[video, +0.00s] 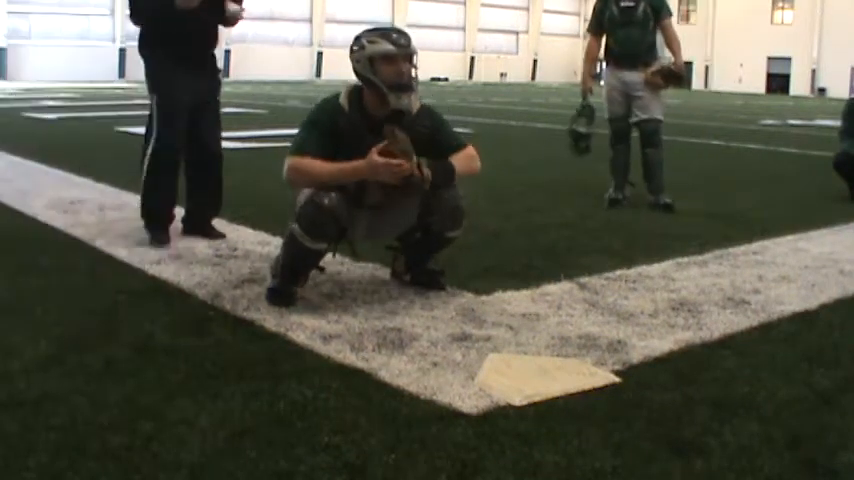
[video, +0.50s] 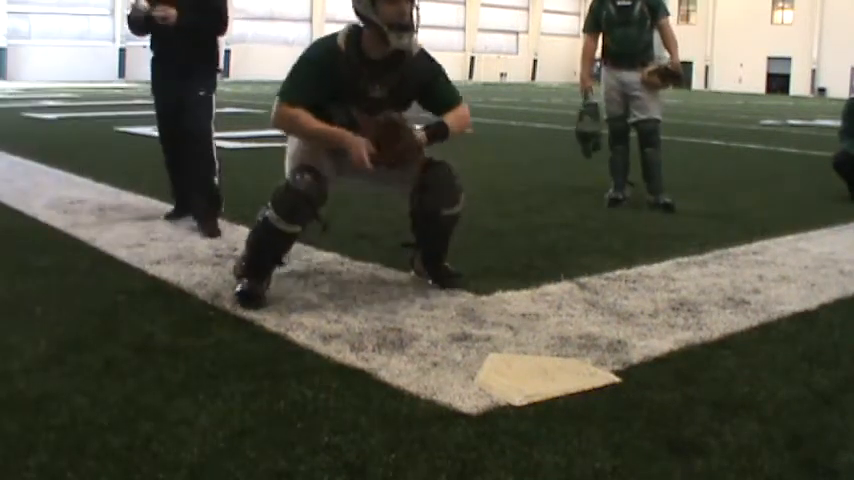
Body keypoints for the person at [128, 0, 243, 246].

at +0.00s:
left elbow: (219, 13)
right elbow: (139, 12)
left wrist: (229, 12)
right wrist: (175, 5)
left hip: (202, 54)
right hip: (163, 54)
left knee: (206, 142)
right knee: (165, 141)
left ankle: (198, 219)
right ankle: (157, 222)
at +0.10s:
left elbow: (233, 13)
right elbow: (135, 12)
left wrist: (213, 10)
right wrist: (164, 6)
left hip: (207, 56)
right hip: (165, 57)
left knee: (207, 137)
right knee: (163, 135)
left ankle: (200, 217)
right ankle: (169, 204)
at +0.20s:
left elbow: (233, 14)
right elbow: (130, 13)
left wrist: (202, 7)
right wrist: (151, 6)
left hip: (207, 64)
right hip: (167, 63)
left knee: (207, 141)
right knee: (162, 140)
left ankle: (201, 219)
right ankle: (179, 200)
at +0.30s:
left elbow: (232, 17)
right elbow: (128, 17)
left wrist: (199, 8)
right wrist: (139, 6)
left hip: (204, 66)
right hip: (165, 66)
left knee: (204, 139)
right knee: (167, 135)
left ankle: (200, 218)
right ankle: (180, 199)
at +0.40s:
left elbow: (227, 22)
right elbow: (131, 23)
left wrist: (193, 12)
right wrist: (144, 7)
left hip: (201, 68)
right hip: (165, 68)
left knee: (200, 143)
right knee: (171, 140)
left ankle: (201, 218)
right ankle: (182, 204)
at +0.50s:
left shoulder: (212, 3)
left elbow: (219, 25)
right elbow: (138, 28)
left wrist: (178, 17)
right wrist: (138, 15)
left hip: (199, 68)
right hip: (165, 68)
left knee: (199, 141)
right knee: (171, 140)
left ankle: (207, 213)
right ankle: (183, 203)